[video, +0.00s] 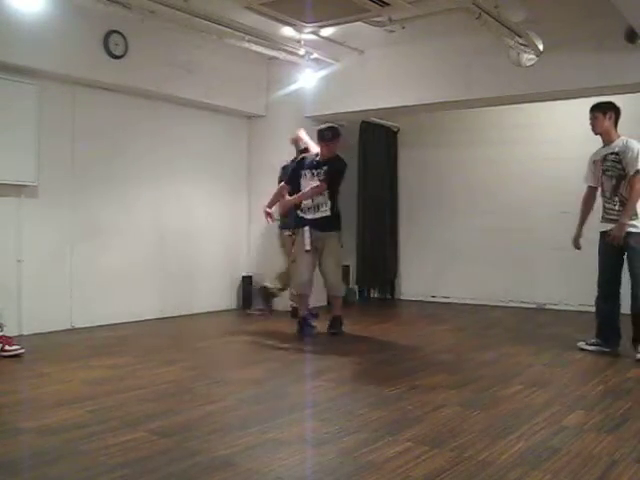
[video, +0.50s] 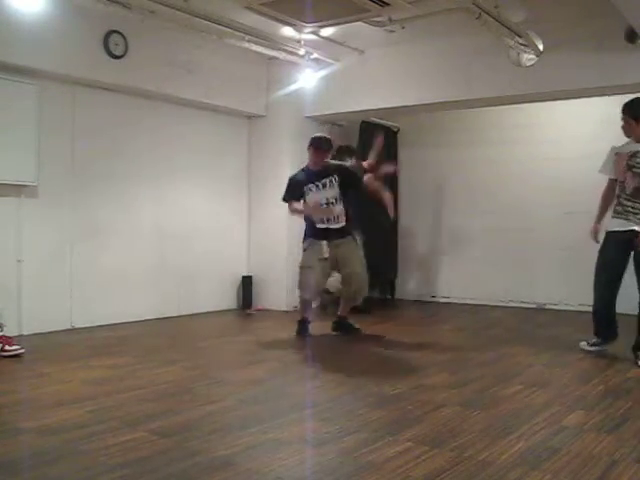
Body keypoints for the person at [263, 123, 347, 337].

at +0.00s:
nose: (329, 148)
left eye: (333, 144)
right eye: (326, 144)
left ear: (337, 143)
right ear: (319, 143)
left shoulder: (338, 164)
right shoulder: (302, 162)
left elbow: (321, 188)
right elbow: (285, 186)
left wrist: (292, 202)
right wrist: (269, 205)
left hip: (329, 228)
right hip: (305, 228)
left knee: (332, 276)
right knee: (302, 277)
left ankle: (337, 318)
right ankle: (303, 318)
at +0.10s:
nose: (333, 142)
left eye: (332, 139)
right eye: (331, 139)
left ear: (327, 140)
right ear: (323, 139)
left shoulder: (338, 164)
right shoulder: (302, 161)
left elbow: (330, 193)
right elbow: (288, 187)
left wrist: (300, 198)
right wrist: (274, 206)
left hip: (327, 230)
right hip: (300, 229)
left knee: (333, 278)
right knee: (295, 278)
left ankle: (337, 318)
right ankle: (301, 318)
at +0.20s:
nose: (319, 145)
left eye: (323, 141)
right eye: (316, 141)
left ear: (329, 143)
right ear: (310, 142)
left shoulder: (337, 167)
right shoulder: (300, 163)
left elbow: (339, 196)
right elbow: (291, 188)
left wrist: (315, 201)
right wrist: (283, 206)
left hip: (329, 232)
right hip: (302, 231)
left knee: (340, 279)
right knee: (295, 278)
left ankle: (337, 317)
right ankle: (301, 318)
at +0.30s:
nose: (313, 146)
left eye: (317, 142)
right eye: (311, 142)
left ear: (326, 145)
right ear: (306, 144)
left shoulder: (338, 170)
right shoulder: (296, 170)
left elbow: (352, 199)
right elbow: (292, 197)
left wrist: (334, 209)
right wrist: (290, 216)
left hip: (332, 234)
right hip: (305, 233)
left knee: (345, 279)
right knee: (298, 279)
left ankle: (338, 317)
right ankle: (302, 318)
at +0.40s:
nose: (316, 152)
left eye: (321, 148)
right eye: (313, 147)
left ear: (327, 150)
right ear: (306, 148)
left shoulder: (340, 172)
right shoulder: (296, 179)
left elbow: (360, 194)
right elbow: (288, 211)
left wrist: (359, 221)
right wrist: (301, 229)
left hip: (339, 239)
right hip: (311, 240)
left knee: (352, 284)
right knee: (303, 285)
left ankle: (340, 318)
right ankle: (303, 320)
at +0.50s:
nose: (319, 157)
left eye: (324, 153)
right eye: (316, 152)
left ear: (329, 154)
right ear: (309, 151)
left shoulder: (341, 171)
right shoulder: (299, 179)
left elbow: (367, 182)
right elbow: (292, 206)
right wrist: (307, 210)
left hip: (344, 238)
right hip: (316, 240)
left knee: (356, 280)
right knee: (309, 283)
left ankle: (342, 319)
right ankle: (304, 321)